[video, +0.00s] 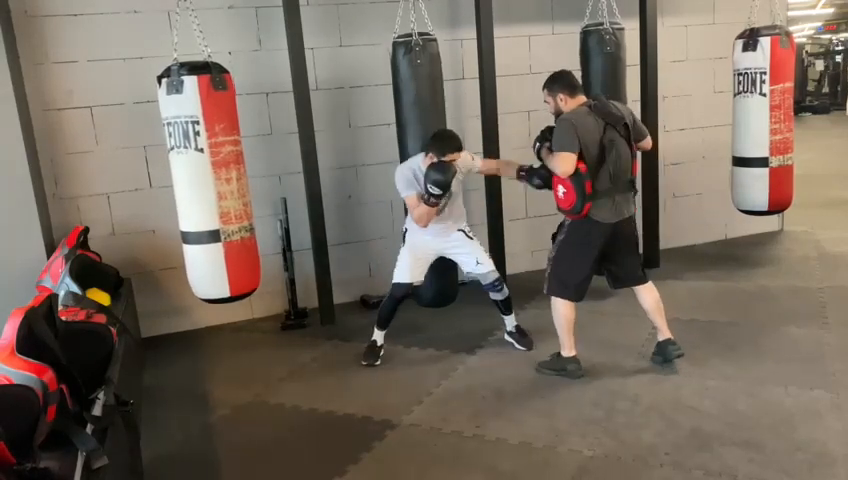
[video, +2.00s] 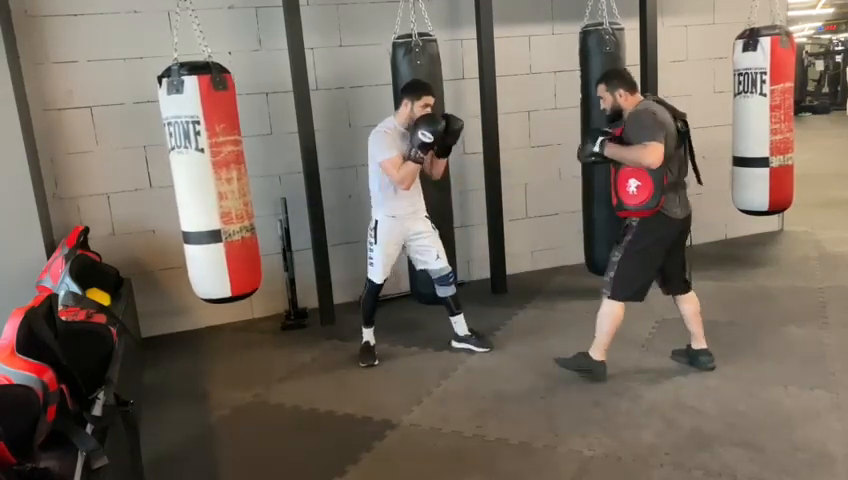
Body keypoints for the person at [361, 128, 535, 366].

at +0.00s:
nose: (453, 167)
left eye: (455, 162)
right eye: (449, 163)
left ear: (458, 156)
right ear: (431, 158)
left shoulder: (459, 161)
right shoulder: (406, 172)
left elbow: (499, 167)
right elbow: (421, 219)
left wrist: (527, 172)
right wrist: (435, 194)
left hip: (456, 233)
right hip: (419, 236)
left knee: (493, 278)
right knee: (399, 290)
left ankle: (512, 328)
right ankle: (376, 342)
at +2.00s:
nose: (428, 113)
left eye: (431, 108)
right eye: (425, 107)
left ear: (425, 109)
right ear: (406, 103)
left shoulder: (418, 132)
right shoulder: (381, 135)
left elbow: (435, 172)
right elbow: (402, 180)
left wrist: (444, 144)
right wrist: (422, 145)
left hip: (418, 219)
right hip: (387, 221)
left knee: (443, 273)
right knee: (376, 281)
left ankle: (462, 334)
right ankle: (367, 341)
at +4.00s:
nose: (456, 140)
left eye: (458, 131)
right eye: (453, 131)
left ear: (428, 129)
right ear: (429, 128)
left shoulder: (428, 164)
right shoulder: (379, 167)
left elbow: (453, 176)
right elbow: (400, 239)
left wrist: (489, 157)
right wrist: (440, 200)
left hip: (423, 284)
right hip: (380, 293)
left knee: (476, 344)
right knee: (372, 393)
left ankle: (491, 405)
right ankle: (330, 471)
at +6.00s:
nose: (454, 139)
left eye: (456, 132)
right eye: (448, 131)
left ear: (442, 133)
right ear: (424, 131)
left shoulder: (441, 162)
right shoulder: (386, 166)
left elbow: (473, 194)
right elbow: (405, 229)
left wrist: (484, 177)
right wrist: (437, 187)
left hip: (427, 273)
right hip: (381, 278)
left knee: (474, 333)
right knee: (352, 365)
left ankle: (484, 397)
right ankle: (318, 423)